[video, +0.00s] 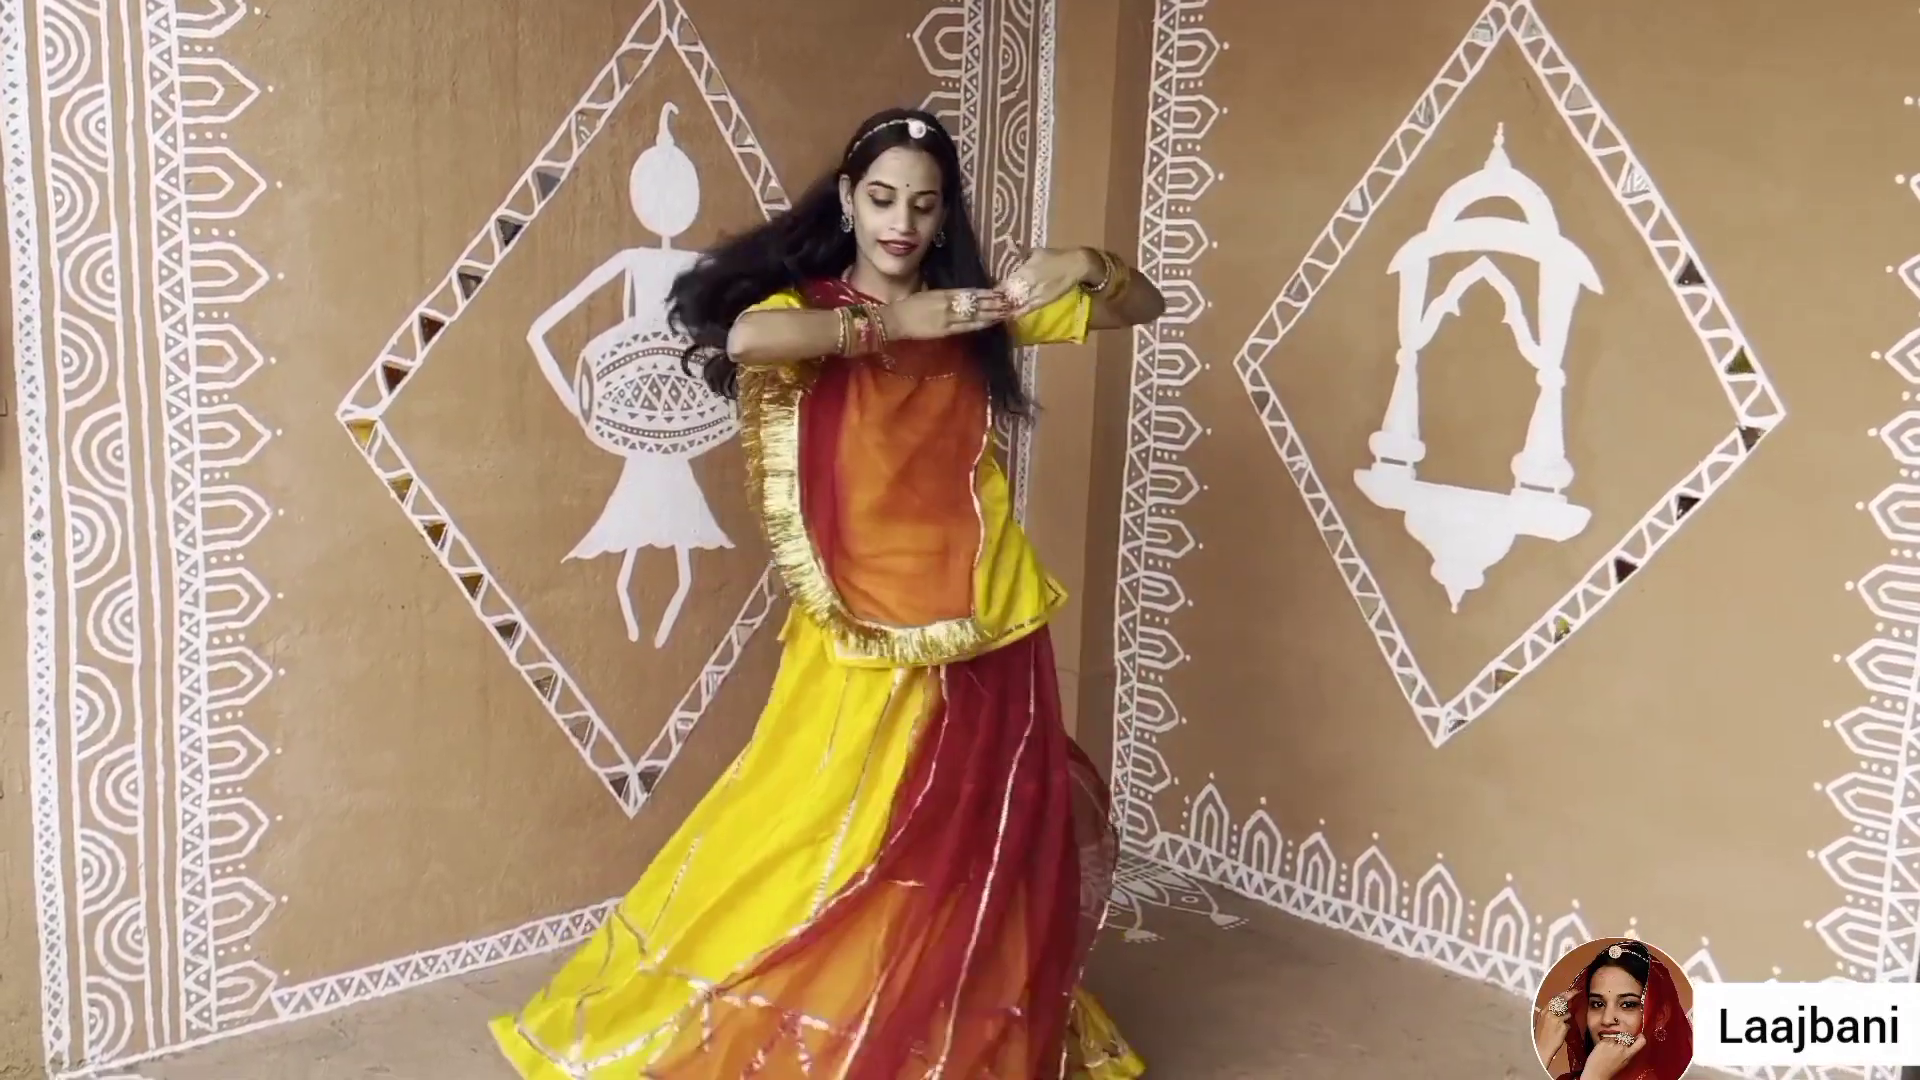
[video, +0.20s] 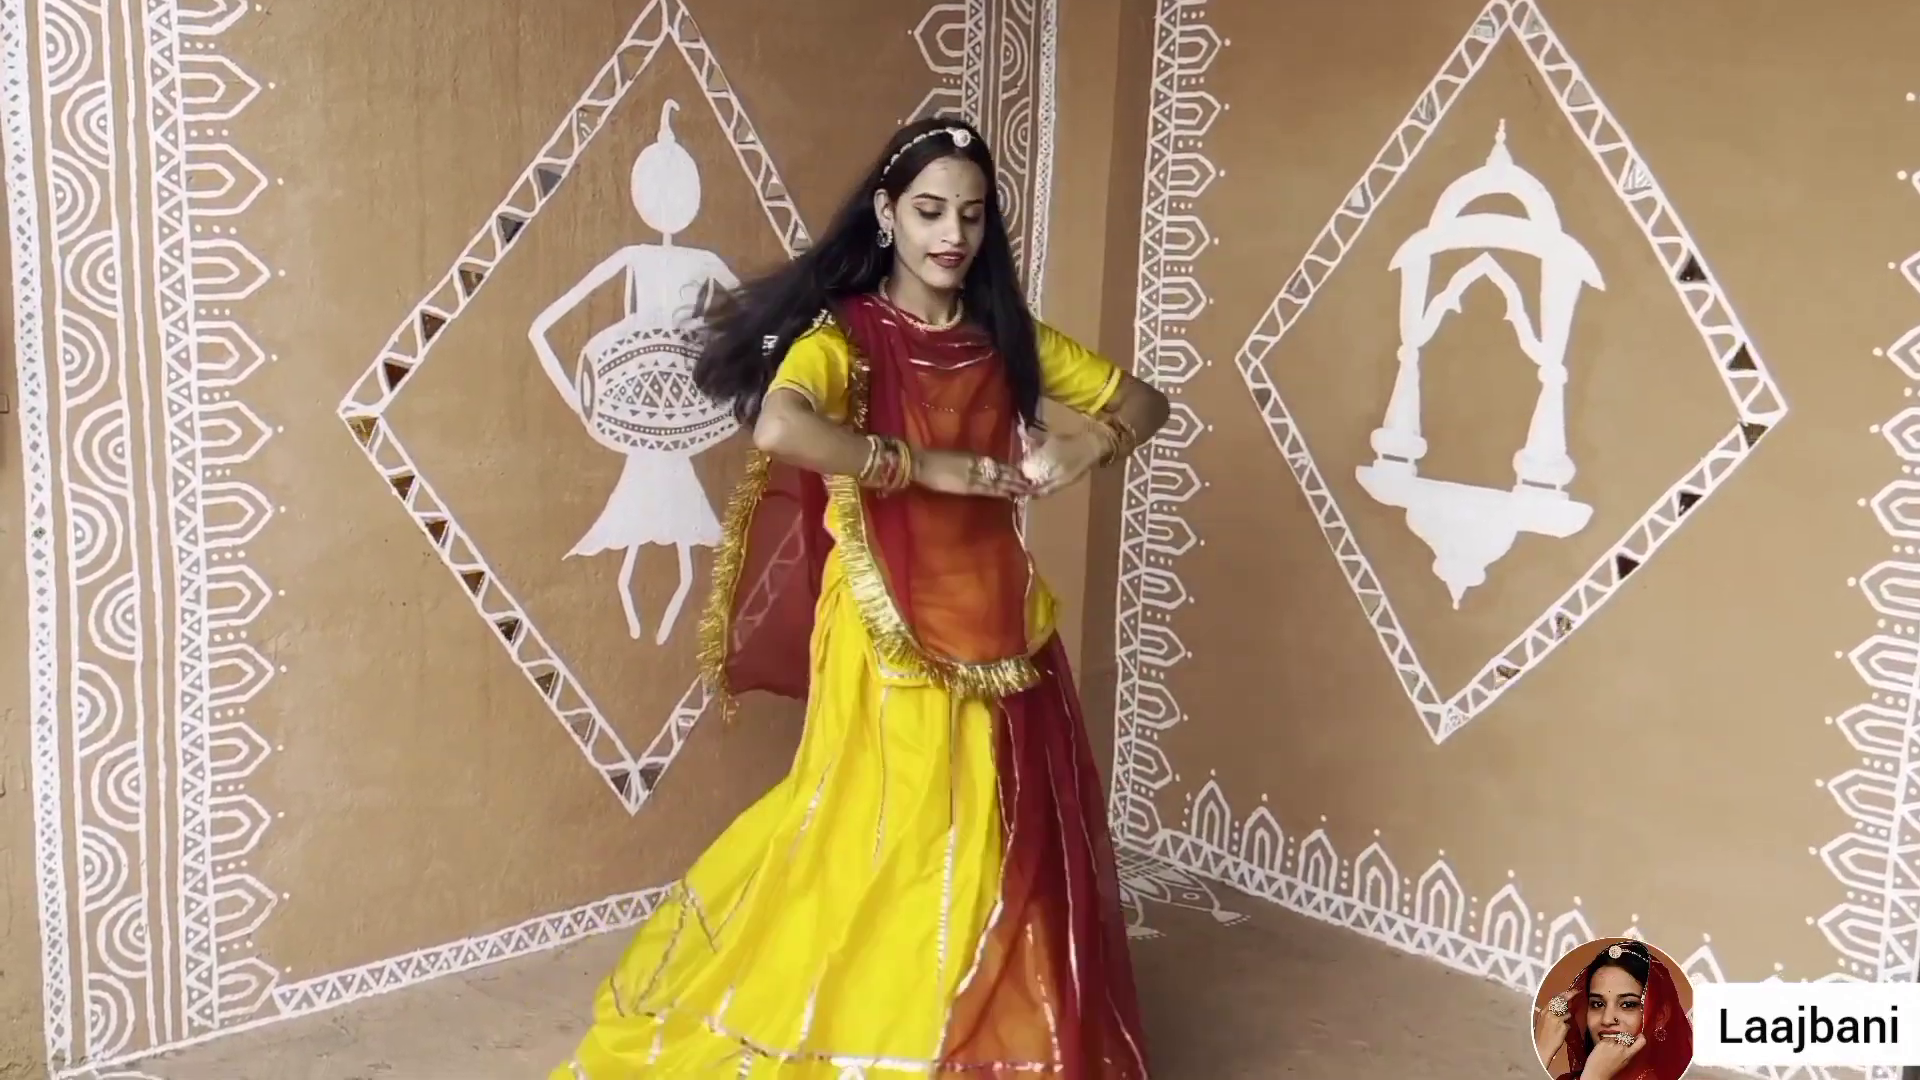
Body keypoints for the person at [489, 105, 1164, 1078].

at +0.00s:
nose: (902, 221)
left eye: (924, 202)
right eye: (883, 197)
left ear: (946, 213)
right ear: (849, 200)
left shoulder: (977, 312)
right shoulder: (805, 306)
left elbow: (1141, 304)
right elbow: (745, 334)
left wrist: (1089, 264)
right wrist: (892, 324)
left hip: (990, 632)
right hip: (864, 639)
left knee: (993, 868)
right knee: (853, 866)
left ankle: (981, 1056)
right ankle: (830, 1054)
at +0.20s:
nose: (955, 233)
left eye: (972, 213)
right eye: (934, 210)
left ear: (988, 223)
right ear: (887, 213)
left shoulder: (1006, 334)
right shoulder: (845, 330)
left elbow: (1141, 402)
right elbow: (783, 427)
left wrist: (1085, 446)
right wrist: (924, 464)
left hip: (1006, 626)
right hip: (892, 632)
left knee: (1026, 854)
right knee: (911, 858)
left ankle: (1027, 1052)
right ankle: (890, 1053)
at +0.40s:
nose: (1000, 245)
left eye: (1017, 224)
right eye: (977, 222)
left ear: (1032, 235)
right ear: (928, 226)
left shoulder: (1038, 360)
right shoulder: (887, 351)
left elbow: (1163, 454)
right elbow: (847, 477)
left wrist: (1147, 555)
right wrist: (973, 585)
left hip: (1008, 634)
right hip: (897, 636)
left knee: (1037, 862)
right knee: (953, 862)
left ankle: (1044, 1056)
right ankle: (934, 1058)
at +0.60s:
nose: (1039, 262)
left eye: (1053, 239)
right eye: (1013, 239)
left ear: (1069, 248)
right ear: (963, 247)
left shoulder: (1068, 376)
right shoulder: (923, 374)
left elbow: (1189, 463)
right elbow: (929, 495)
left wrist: (1226, 550)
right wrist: (1049, 604)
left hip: (1008, 651)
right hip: (902, 652)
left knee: (1050, 876)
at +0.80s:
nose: (1024, 276)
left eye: (1041, 254)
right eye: (1000, 252)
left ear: (1059, 260)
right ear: (951, 254)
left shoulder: (1059, 374)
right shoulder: (900, 366)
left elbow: (1188, 466)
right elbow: (895, 500)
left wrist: (1205, 558)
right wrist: (1013, 607)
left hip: (1008, 638)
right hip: (905, 636)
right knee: (976, 851)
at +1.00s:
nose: (964, 260)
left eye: (986, 237)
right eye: (944, 234)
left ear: (1011, 240)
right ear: (906, 233)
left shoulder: (1036, 352)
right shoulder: (859, 349)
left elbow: (1179, 440)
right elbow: (776, 467)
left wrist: (1113, 539)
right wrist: (900, 562)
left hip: (1011, 642)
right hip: (894, 644)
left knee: (1016, 857)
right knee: (944, 854)